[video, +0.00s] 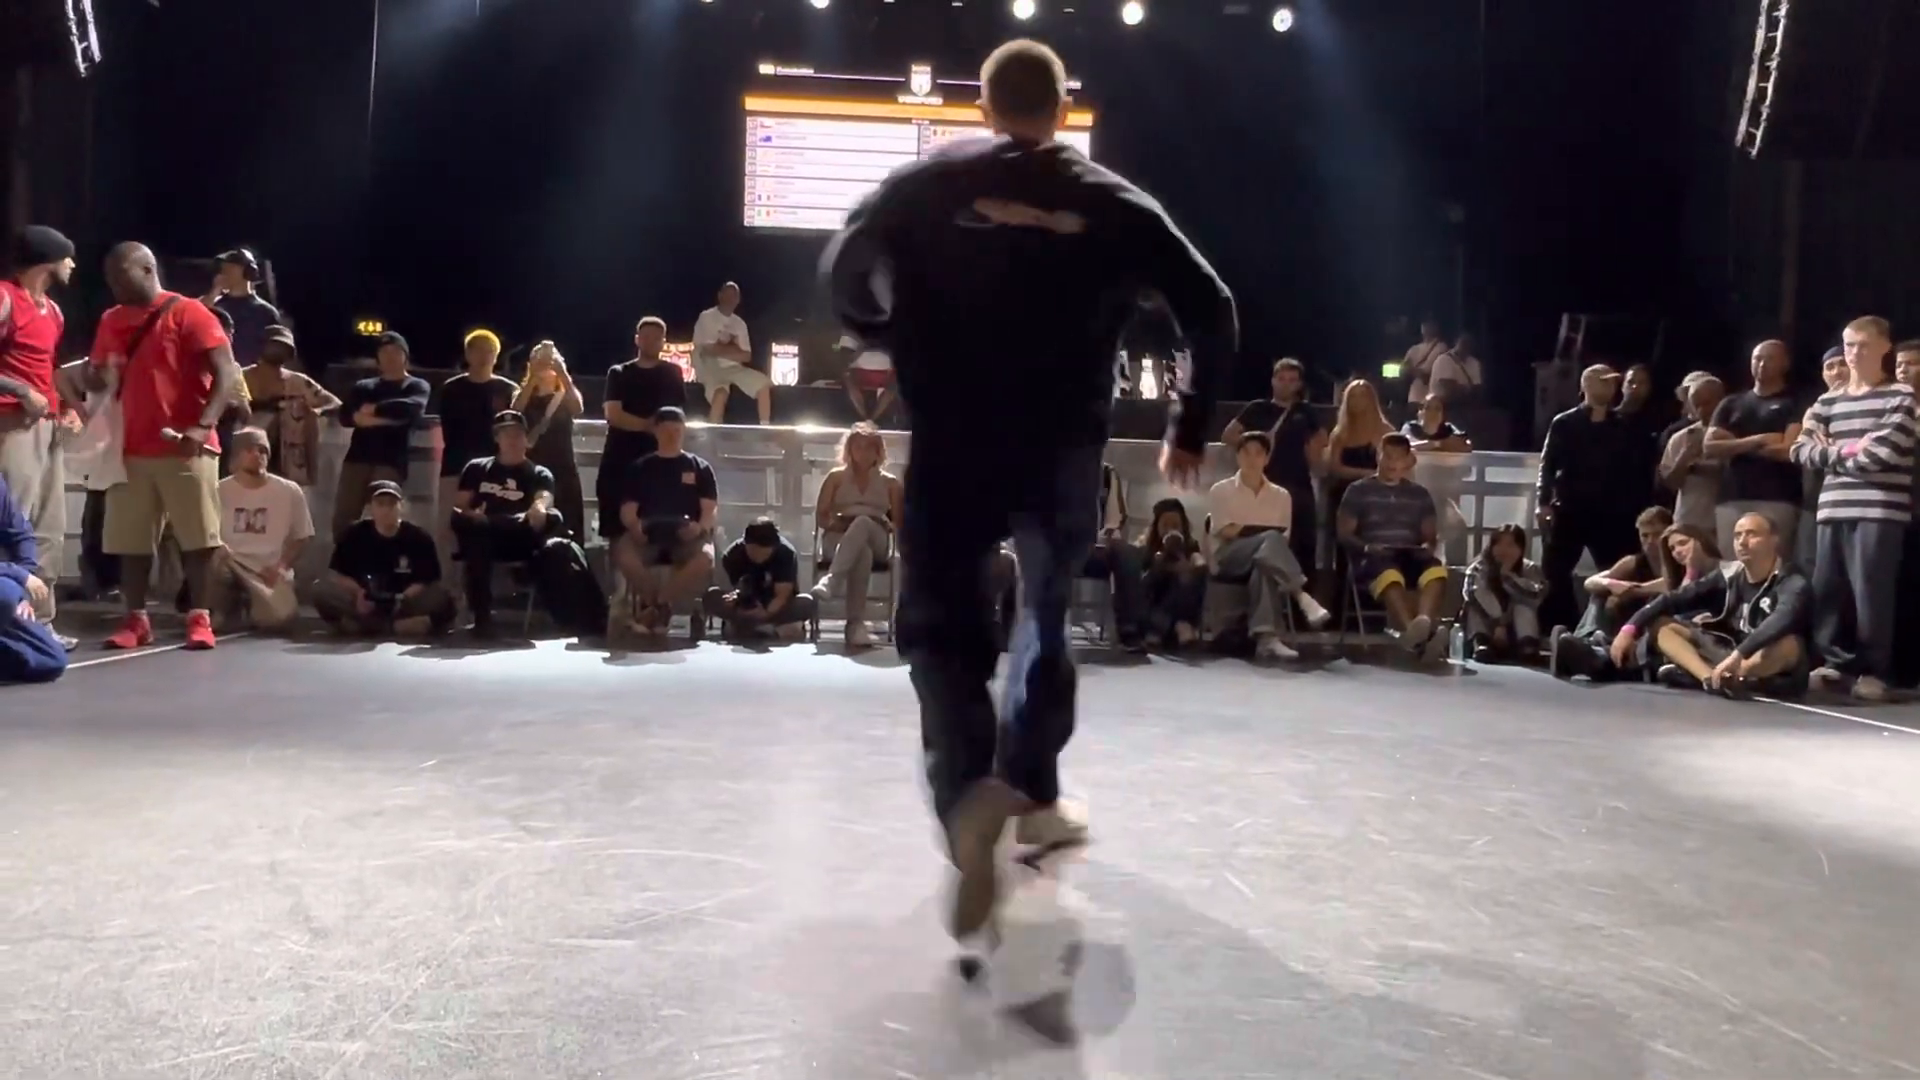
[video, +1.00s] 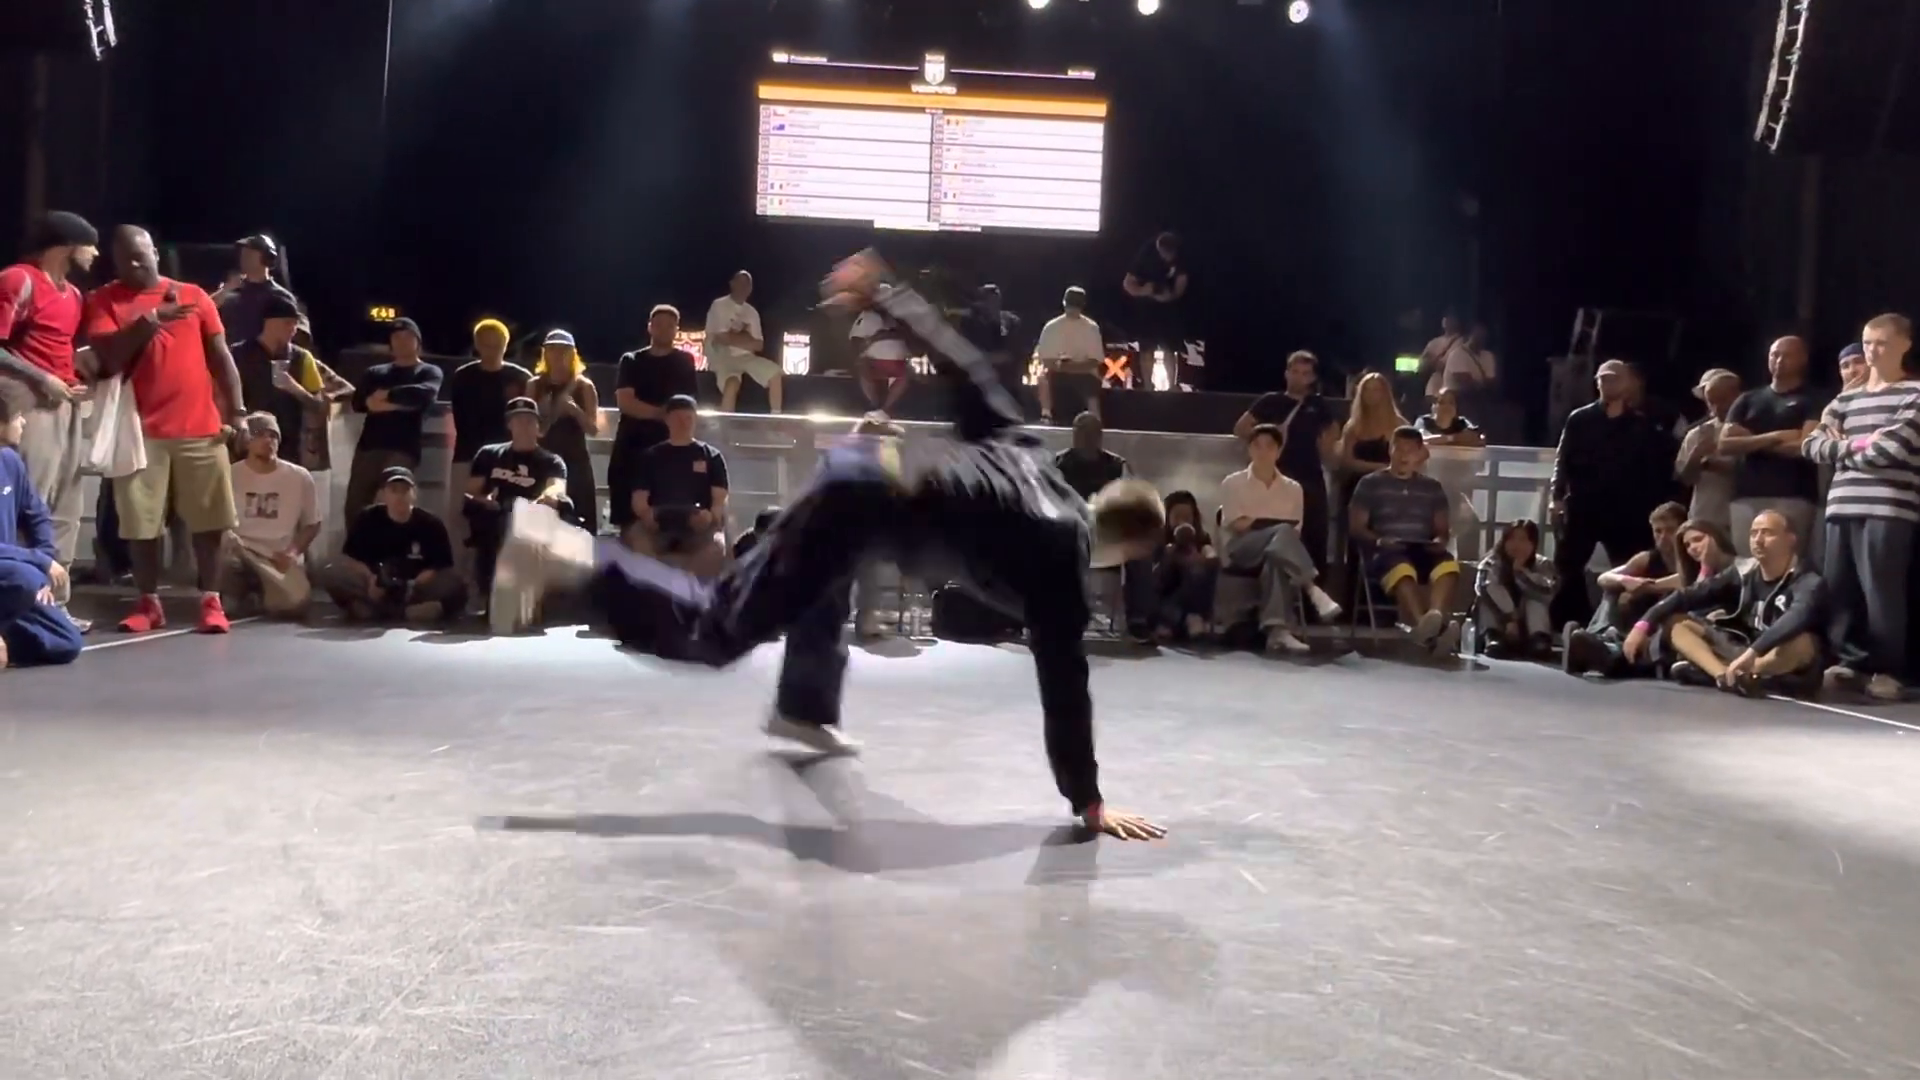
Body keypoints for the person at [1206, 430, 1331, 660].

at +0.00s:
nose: (1251, 458)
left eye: (1258, 453)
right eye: (1246, 453)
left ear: (1266, 459)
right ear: (1238, 457)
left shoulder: (1281, 496)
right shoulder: (1221, 490)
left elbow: (1282, 537)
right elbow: (1226, 532)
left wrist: (1240, 530)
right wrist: (1271, 533)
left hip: (1269, 559)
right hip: (1229, 557)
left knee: (1263, 566)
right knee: (1272, 539)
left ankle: (1267, 638)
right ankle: (1302, 596)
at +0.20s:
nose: (1252, 457)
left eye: (1259, 452)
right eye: (1247, 452)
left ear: (1268, 458)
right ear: (1239, 456)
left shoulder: (1283, 494)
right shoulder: (1223, 489)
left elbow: (1284, 536)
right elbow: (1227, 532)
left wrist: (1242, 529)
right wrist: (1273, 532)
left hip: (1271, 558)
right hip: (1231, 557)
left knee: (1265, 565)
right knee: (1274, 537)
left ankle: (1268, 637)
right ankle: (1304, 596)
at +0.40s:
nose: (1256, 455)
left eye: (1262, 450)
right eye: (1250, 450)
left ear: (1271, 456)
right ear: (1242, 454)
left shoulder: (1286, 493)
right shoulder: (1225, 487)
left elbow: (1286, 534)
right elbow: (1229, 530)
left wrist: (1246, 528)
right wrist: (1275, 529)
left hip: (1273, 557)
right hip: (1233, 556)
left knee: (1267, 563)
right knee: (1276, 536)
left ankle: (1271, 636)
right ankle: (1306, 594)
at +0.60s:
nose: (1259, 454)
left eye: (1265, 449)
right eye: (1254, 448)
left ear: (1274, 454)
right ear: (1245, 452)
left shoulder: (1289, 492)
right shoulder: (1228, 486)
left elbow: (1289, 533)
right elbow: (1232, 528)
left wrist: (1248, 526)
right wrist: (1278, 529)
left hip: (1276, 555)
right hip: (1236, 554)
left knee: (1270, 563)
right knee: (1279, 535)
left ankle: (1273, 633)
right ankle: (1309, 593)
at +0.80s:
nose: (1261, 453)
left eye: (1267, 448)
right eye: (1256, 447)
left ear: (1276, 453)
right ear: (1248, 451)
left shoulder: (1291, 490)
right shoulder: (1231, 484)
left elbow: (1292, 531)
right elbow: (1235, 527)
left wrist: (1251, 524)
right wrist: (1282, 527)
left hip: (1279, 552)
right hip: (1239, 551)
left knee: (1273, 561)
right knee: (1282, 532)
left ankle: (1276, 632)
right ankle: (1311, 591)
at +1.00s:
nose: (1263, 452)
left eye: (1269, 447)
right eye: (1258, 446)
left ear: (1278, 452)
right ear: (1250, 450)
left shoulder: (1293, 489)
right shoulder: (1233, 483)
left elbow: (1293, 530)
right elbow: (1237, 526)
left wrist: (1252, 522)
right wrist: (1283, 526)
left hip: (1281, 551)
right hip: (1241, 550)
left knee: (1275, 559)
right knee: (1284, 533)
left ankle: (1278, 631)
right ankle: (1313, 590)